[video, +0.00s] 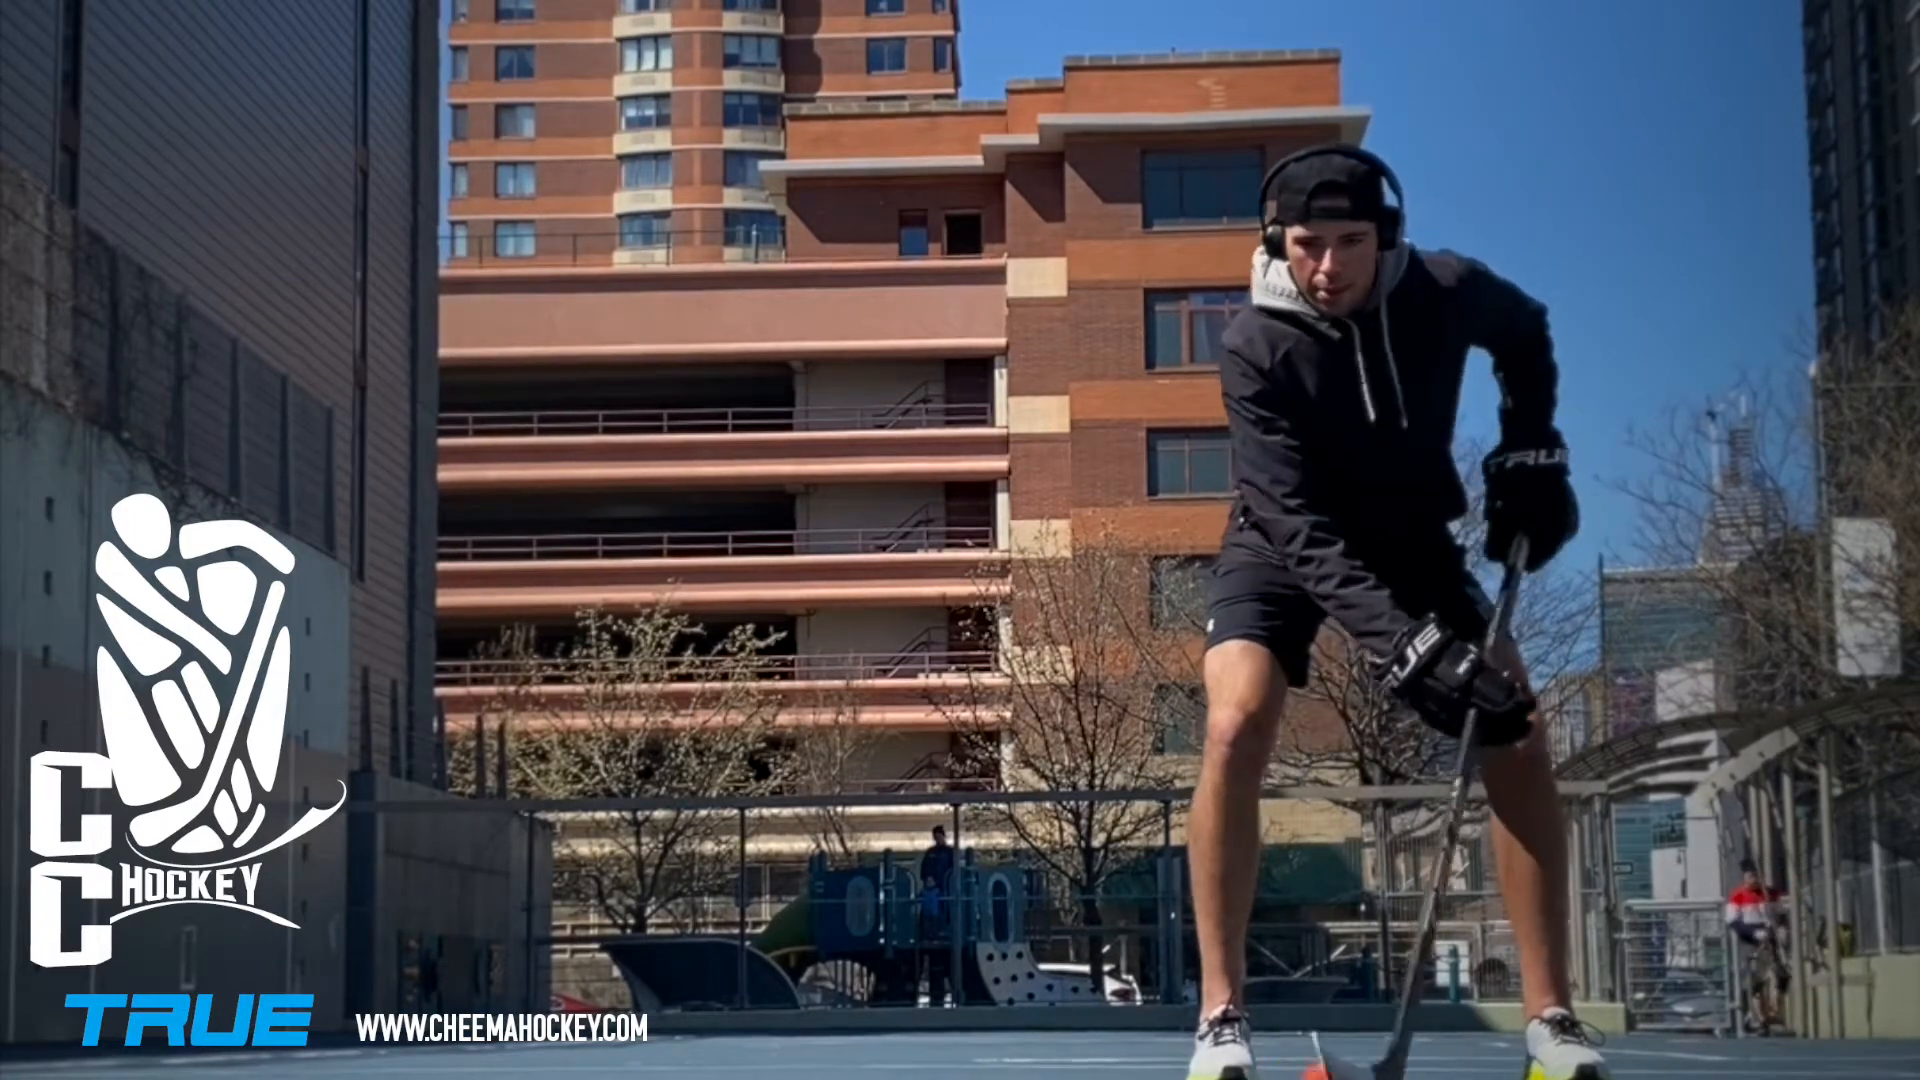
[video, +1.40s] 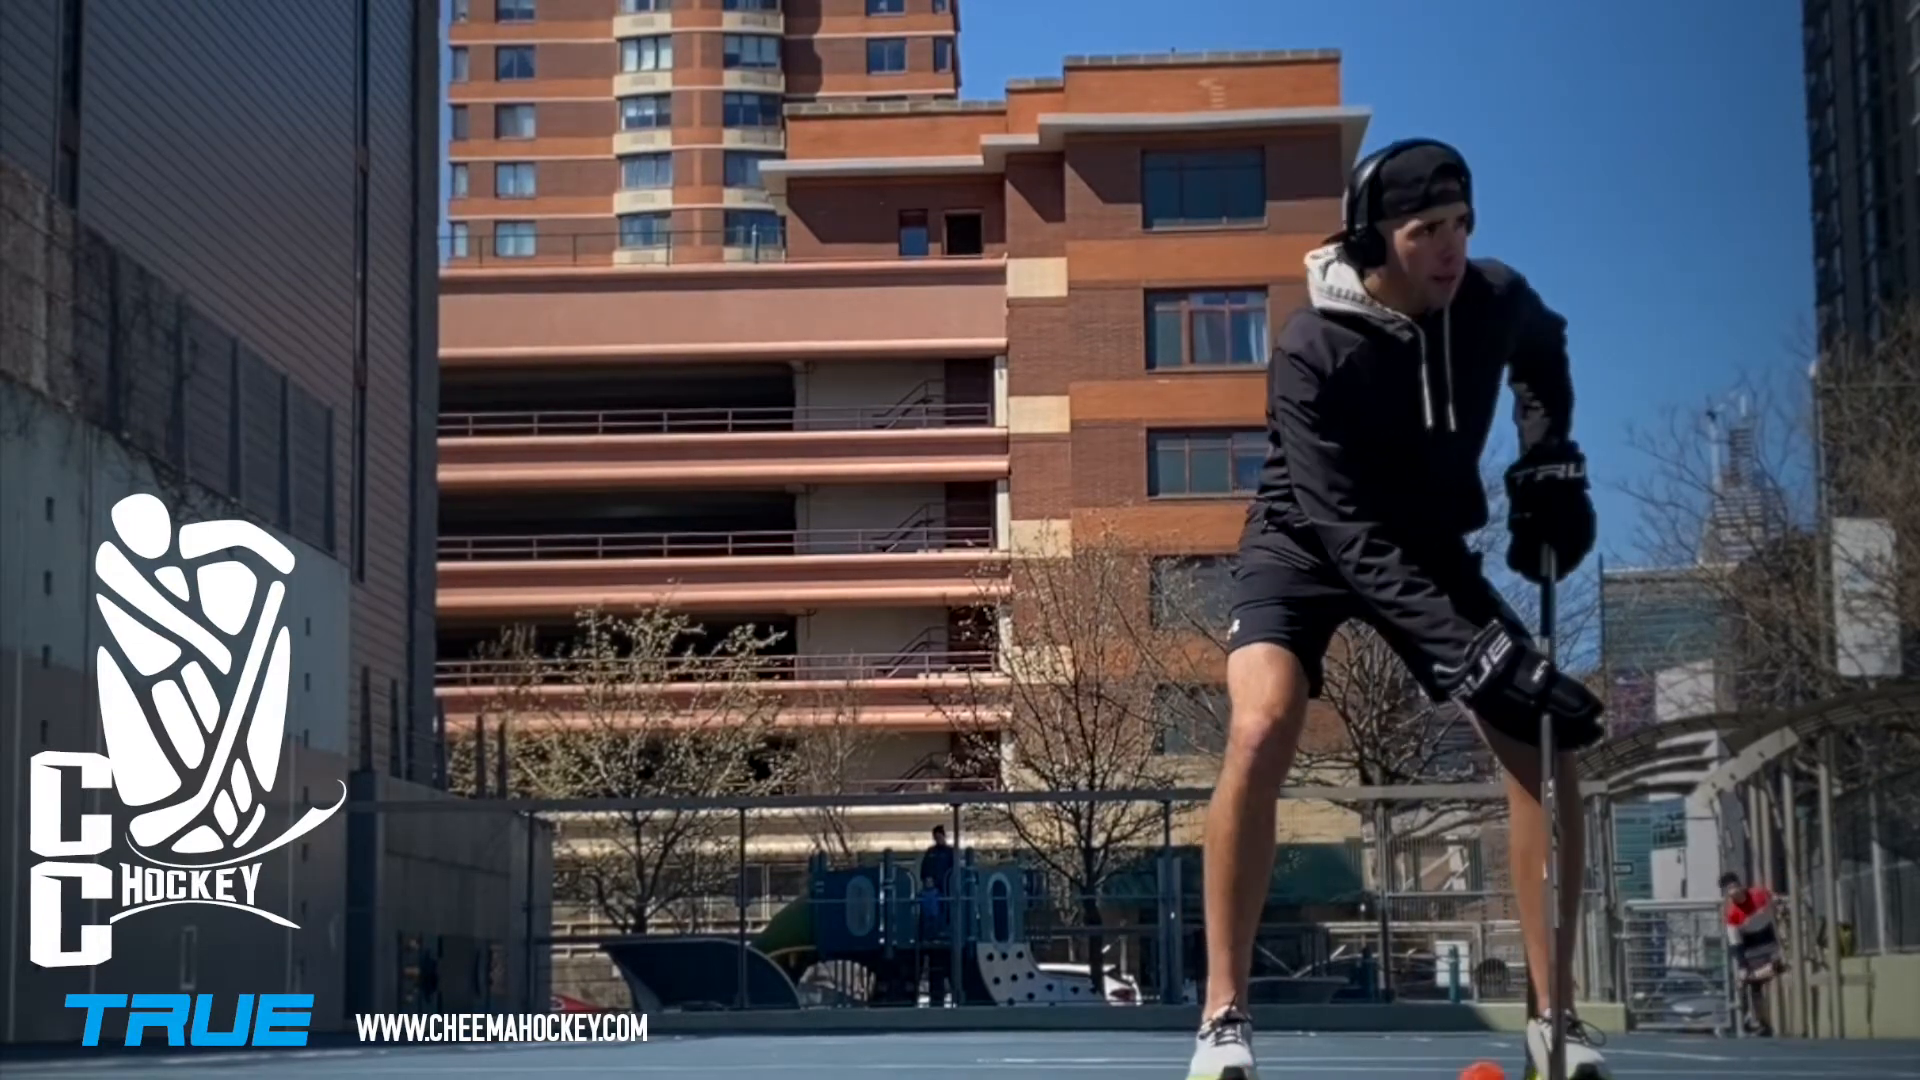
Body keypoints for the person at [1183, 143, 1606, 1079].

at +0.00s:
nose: (1326, 266)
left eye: (1347, 244)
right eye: (1307, 246)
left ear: (1384, 237)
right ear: (1280, 243)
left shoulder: (1444, 289)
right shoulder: (1258, 344)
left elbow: (1523, 331)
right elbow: (1294, 526)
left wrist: (1530, 455)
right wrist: (1408, 644)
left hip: (1414, 536)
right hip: (1282, 542)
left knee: (1517, 730)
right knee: (1236, 725)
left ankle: (1550, 1013)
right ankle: (1220, 1013)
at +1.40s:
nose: (1453, 248)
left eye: (1462, 226)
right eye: (1430, 229)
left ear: (1473, 227)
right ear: (1376, 235)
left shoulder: (1491, 298)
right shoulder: (1314, 345)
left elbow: (1540, 348)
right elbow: (1349, 540)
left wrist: (1550, 467)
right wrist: (1499, 661)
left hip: (1431, 545)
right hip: (1305, 541)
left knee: (1539, 750)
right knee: (1260, 732)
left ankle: (1554, 1020)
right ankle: (1223, 1014)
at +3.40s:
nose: (1530, 251)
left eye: (1528, 233)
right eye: (1516, 234)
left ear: (1463, 239)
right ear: (1459, 240)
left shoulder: (1490, 306)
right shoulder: (1352, 334)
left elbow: (1514, 398)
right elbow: (1394, 543)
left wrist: (1530, 480)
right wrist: (1530, 671)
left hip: (1408, 546)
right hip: (1294, 537)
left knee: (1535, 744)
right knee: (1278, 737)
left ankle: (1556, 1023)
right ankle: (1225, 1016)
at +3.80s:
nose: (1401, 231)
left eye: (1419, 211)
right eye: (1379, 212)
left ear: (1441, 222)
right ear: (1340, 227)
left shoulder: (1476, 299)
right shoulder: (1302, 342)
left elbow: (1528, 373)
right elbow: (1323, 530)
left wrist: (1537, 482)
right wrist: (1440, 650)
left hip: (1420, 546)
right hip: (1296, 544)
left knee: (1540, 738)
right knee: (1260, 728)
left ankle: (1555, 1013)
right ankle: (1223, 1012)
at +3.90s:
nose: (1369, 227)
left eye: (1386, 206)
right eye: (1346, 209)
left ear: (1416, 217)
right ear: (1311, 228)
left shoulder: (1464, 296)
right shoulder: (1289, 351)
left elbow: (1516, 362)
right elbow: (1329, 532)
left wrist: (1518, 460)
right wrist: (1446, 663)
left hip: (1421, 541)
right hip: (1295, 543)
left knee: (1539, 746)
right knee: (1255, 727)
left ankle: (1550, 1012)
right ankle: (1223, 1013)